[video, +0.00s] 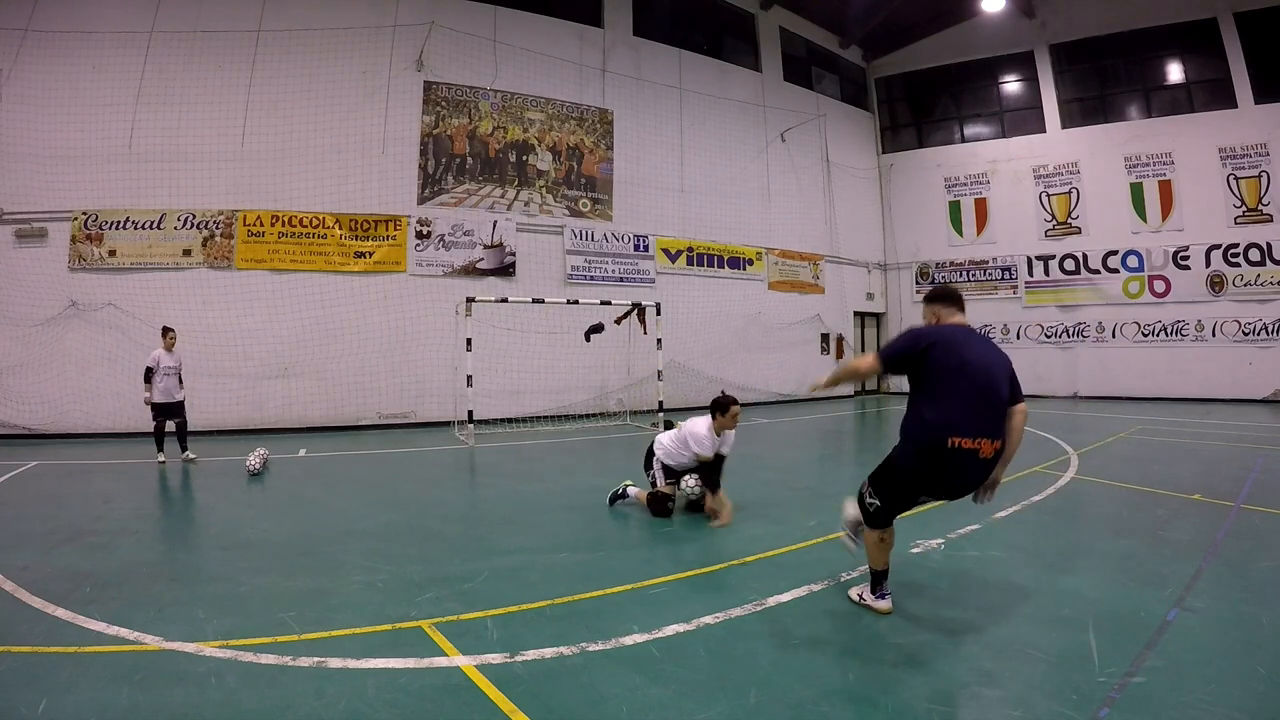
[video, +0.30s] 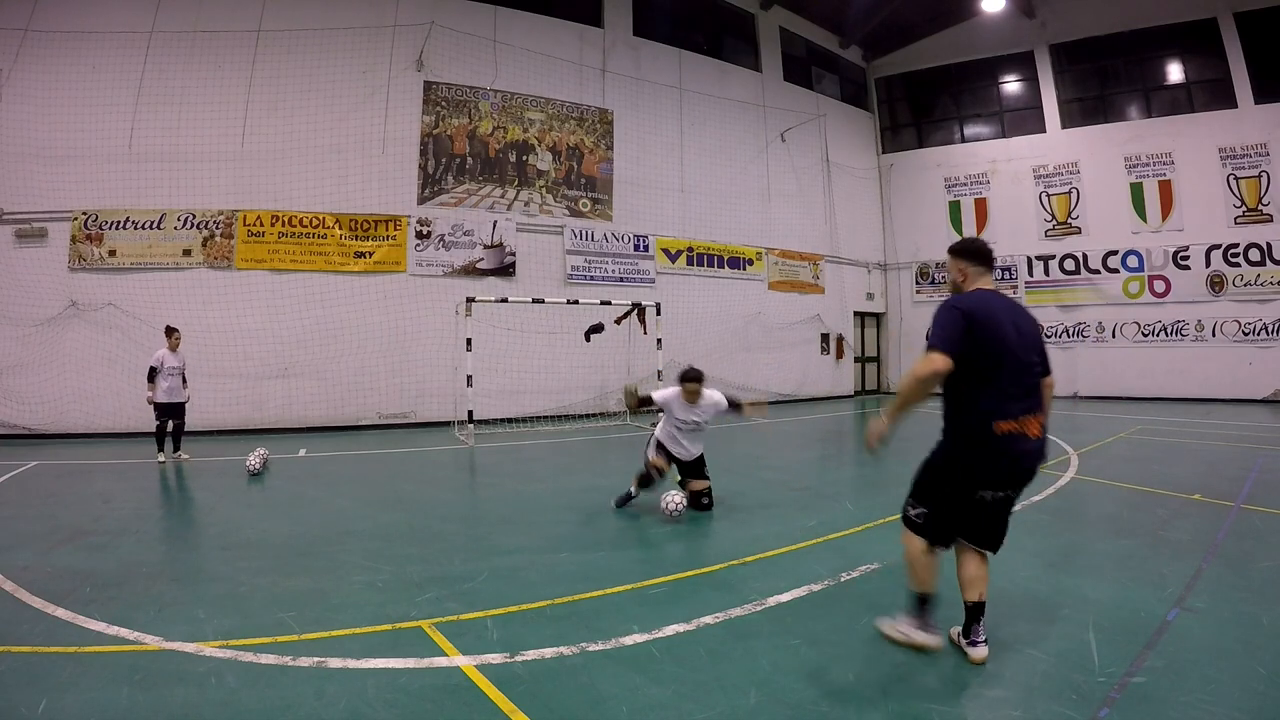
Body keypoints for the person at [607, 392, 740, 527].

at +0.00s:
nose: (738, 419)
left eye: (738, 415)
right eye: (733, 416)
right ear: (718, 416)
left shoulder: (728, 431)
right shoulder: (701, 432)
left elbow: (716, 468)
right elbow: (707, 474)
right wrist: (724, 506)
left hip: (688, 460)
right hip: (661, 456)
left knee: (700, 503)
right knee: (663, 509)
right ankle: (630, 491)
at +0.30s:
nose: (692, 396)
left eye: (696, 392)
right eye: (688, 392)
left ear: (702, 389)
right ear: (681, 388)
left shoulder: (713, 399)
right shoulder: (671, 396)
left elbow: (733, 404)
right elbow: (647, 400)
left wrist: (741, 408)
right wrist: (635, 401)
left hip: (693, 452)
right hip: (665, 444)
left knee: (704, 504)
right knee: (652, 475)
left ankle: (684, 484)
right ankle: (632, 492)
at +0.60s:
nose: (638, 384)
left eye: (643, 378)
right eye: (635, 381)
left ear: (654, 379)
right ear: (633, 385)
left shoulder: (673, 385)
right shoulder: (634, 406)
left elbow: (702, 396)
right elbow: (629, 443)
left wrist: (687, 428)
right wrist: (628, 484)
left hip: (686, 428)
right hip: (660, 431)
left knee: (681, 476)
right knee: (647, 451)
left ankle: (706, 476)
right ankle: (649, 502)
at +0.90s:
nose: (603, 375)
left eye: (605, 370)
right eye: (603, 370)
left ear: (618, 371)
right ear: (616, 371)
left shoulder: (644, 378)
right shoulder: (619, 387)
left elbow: (678, 388)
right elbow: (621, 406)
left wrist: (659, 413)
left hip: (678, 415)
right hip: (654, 418)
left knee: (680, 462)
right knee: (629, 445)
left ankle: (719, 490)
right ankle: (648, 491)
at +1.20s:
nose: (554, 347)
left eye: (558, 344)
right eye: (556, 343)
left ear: (567, 346)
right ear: (566, 346)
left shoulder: (583, 355)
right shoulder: (566, 366)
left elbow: (612, 363)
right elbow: (557, 388)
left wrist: (635, 375)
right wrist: (546, 385)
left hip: (606, 402)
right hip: (621, 400)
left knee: (582, 444)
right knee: (619, 452)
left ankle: (606, 478)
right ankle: (652, 479)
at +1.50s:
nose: (500, 351)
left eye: (502, 348)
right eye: (501, 348)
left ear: (510, 350)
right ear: (514, 349)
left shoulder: (518, 367)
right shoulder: (526, 356)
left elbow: (530, 390)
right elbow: (540, 354)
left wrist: (510, 399)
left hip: (541, 403)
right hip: (548, 398)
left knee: (525, 447)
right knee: (519, 424)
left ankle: (546, 478)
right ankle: (538, 454)